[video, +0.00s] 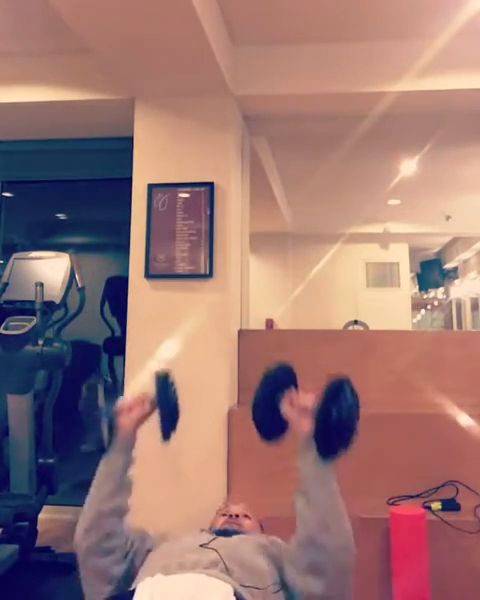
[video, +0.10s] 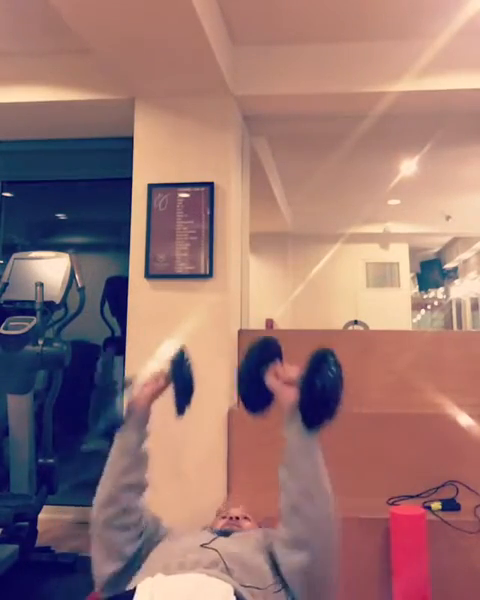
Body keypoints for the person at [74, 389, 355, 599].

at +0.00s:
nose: (233, 515)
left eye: (245, 516)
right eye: (225, 514)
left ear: (263, 535)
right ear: (207, 526)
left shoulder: (277, 552)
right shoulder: (157, 549)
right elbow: (95, 538)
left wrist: (308, 440)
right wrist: (122, 439)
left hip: (229, 589)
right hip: (155, 585)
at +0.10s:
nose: (232, 518)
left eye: (245, 518)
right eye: (224, 516)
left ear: (263, 531)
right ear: (206, 527)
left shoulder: (283, 557)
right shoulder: (150, 549)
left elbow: (309, 512)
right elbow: (113, 506)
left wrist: (294, 411)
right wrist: (137, 413)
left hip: (227, 588)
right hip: (150, 587)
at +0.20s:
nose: (233, 519)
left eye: (246, 520)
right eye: (224, 518)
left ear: (261, 532)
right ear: (208, 527)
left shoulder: (280, 562)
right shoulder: (153, 542)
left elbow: (298, 498)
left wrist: (282, 398)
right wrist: (150, 391)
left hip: (224, 589)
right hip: (150, 587)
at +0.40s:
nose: (234, 515)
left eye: (246, 516)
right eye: (225, 514)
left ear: (262, 531)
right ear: (211, 525)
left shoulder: (283, 564)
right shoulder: (157, 541)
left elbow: (299, 500)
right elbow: (137, 483)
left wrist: (283, 404)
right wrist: (143, 396)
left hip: (226, 588)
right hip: (150, 586)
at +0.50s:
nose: (235, 510)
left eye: (248, 512)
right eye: (226, 510)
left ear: (263, 531)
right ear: (208, 525)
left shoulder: (283, 557)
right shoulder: (149, 553)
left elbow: (317, 523)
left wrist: (298, 426)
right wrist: (126, 424)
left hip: (225, 589)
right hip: (152, 588)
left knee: (201, 589)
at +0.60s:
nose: (232, 509)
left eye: (245, 510)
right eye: (225, 508)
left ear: (261, 530)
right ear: (207, 525)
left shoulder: (272, 551)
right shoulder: (157, 554)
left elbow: (331, 566)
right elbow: (91, 568)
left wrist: (313, 462)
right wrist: (110, 461)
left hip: (224, 590)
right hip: (154, 586)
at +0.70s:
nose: (232, 506)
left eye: (243, 508)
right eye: (223, 505)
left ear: (259, 531)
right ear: (205, 522)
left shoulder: (274, 553)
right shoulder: (158, 550)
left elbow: (339, 592)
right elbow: (82, 590)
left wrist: (322, 498)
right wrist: (101, 498)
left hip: (226, 591)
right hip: (155, 587)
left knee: (201, 588)